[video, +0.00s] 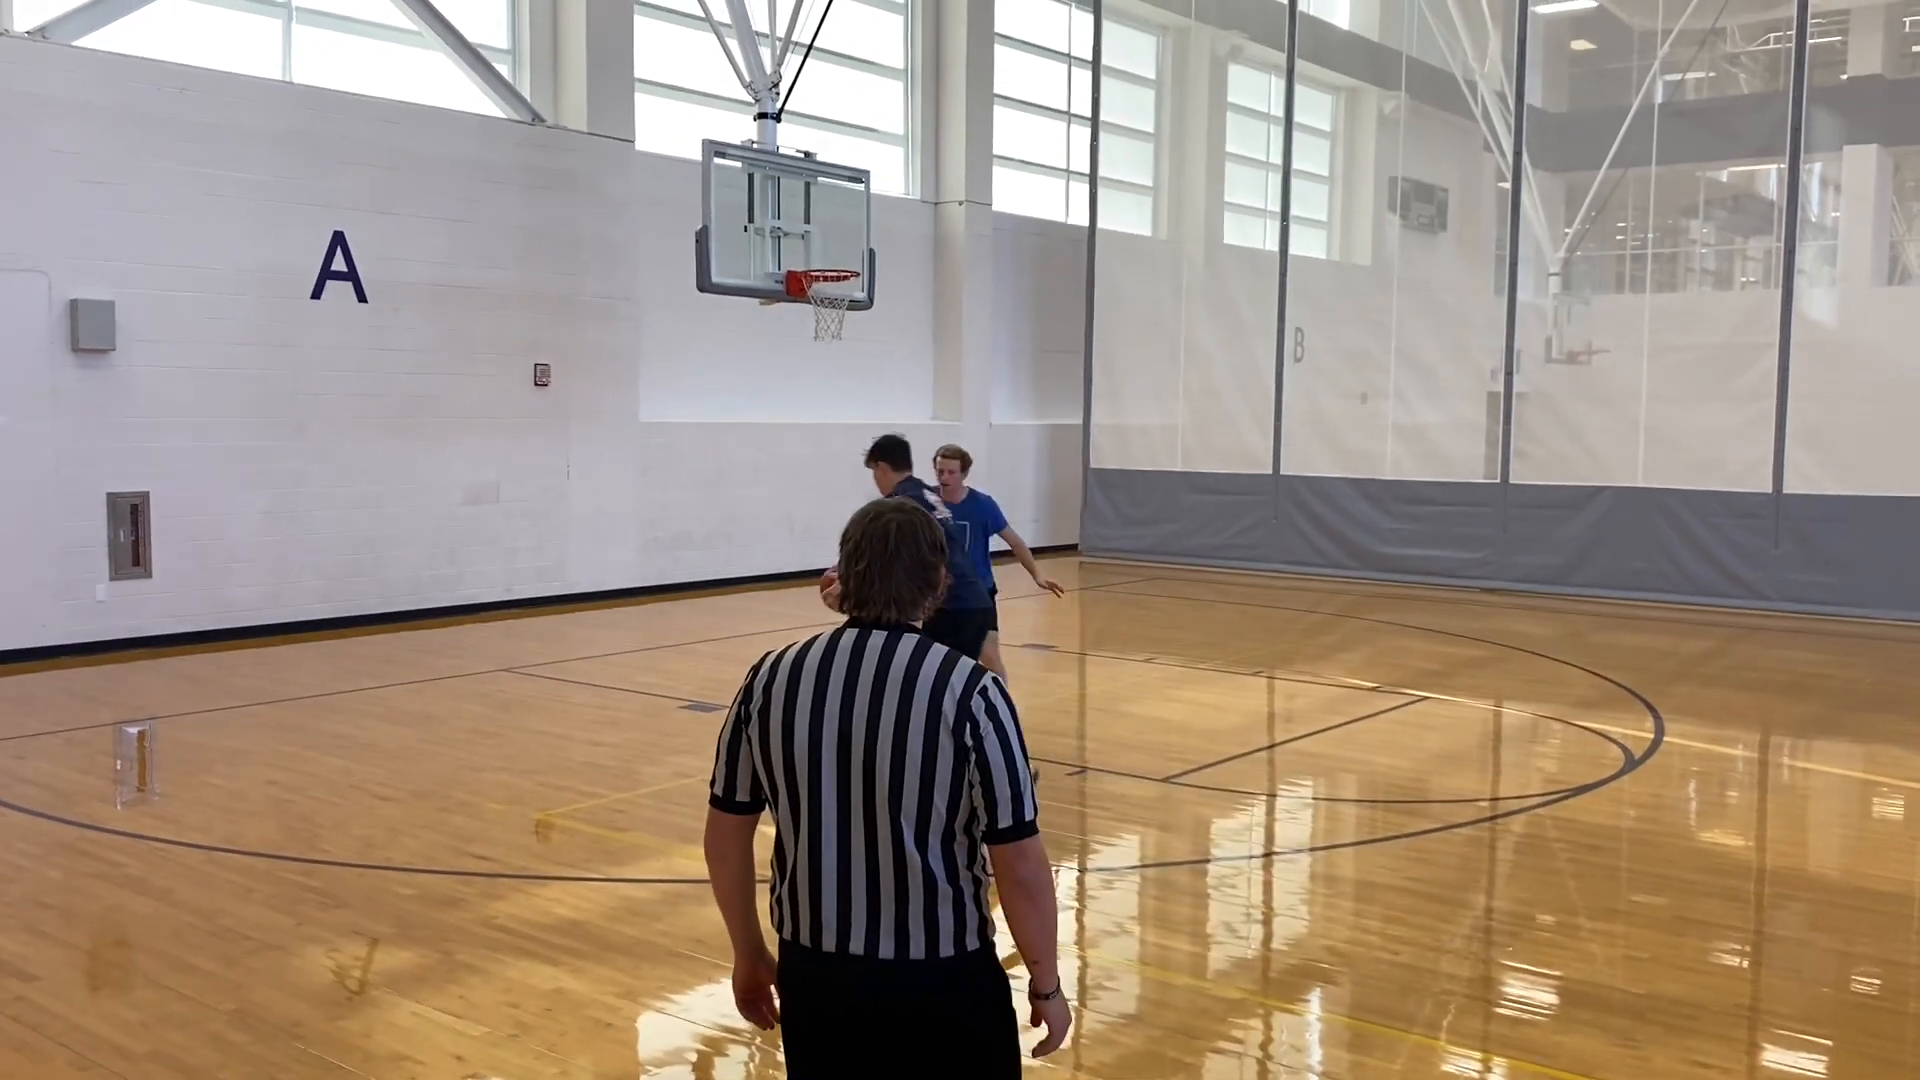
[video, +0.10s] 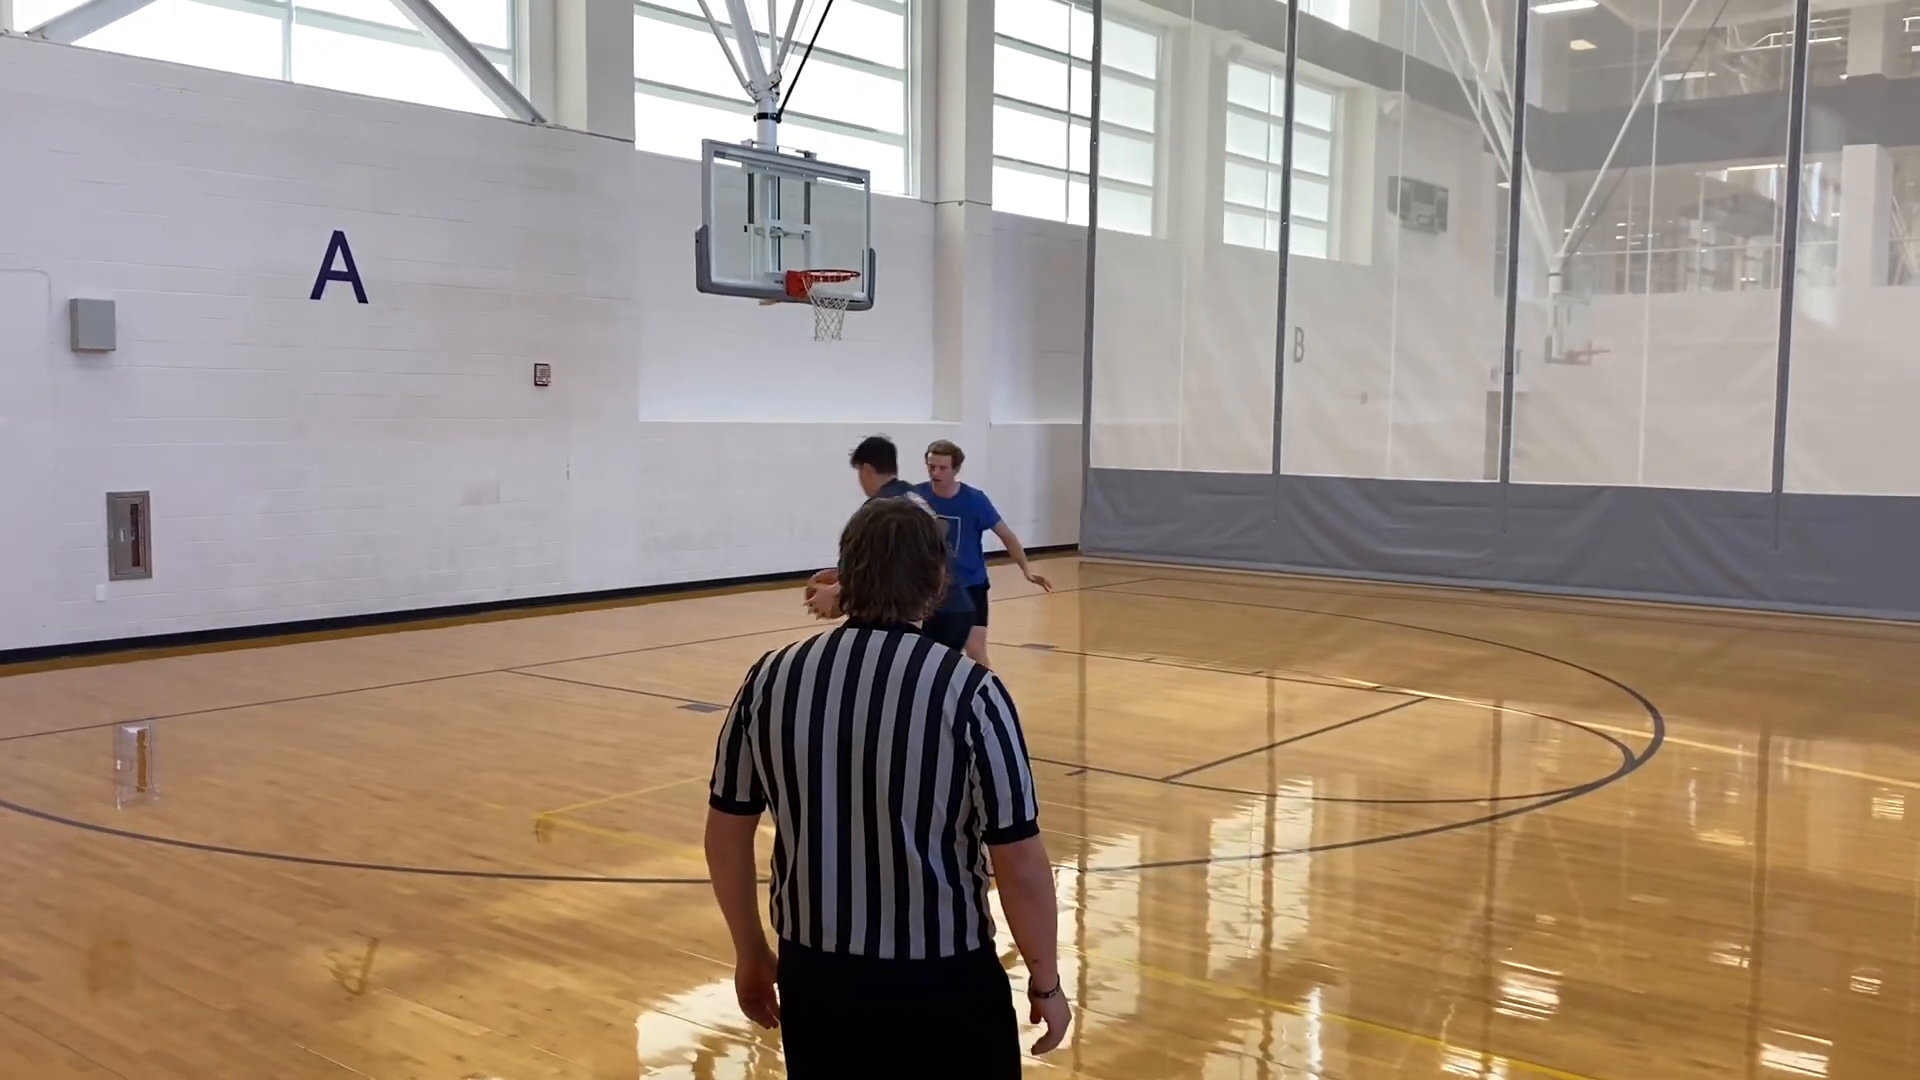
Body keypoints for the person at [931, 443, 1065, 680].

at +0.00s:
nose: (944, 477)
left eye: (950, 472)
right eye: (940, 471)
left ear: (964, 473)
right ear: (935, 470)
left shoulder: (982, 505)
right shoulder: (928, 502)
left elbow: (1014, 542)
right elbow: (915, 549)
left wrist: (1038, 577)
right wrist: (919, 591)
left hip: (979, 596)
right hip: (939, 597)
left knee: (988, 659)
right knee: (939, 661)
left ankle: (1002, 712)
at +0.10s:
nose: (935, 473)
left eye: (942, 468)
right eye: (932, 467)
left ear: (956, 469)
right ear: (926, 466)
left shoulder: (974, 500)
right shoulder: (917, 496)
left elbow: (1006, 536)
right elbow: (904, 542)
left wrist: (1027, 572)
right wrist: (911, 582)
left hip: (970, 588)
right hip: (932, 587)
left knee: (974, 650)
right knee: (935, 653)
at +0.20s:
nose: (927, 470)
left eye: (933, 465)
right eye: (923, 464)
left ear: (948, 466)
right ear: (918, 462)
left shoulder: (966, 497)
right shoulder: (908, 493)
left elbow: (998, 530)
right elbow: (893, 534)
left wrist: (1016, 566)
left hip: (963, 583)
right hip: (926, 582)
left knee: (962, 647)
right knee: (928, 648)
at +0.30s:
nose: (919, 468)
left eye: (926, 463)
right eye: (915, 462)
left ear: (939, 465)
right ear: (910, 461)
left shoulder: (958, 495)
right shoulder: (901, 491)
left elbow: (990, 529)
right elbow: (887, 531)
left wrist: (1006, 562)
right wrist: (888, 568)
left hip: (955, 578)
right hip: (916, 575)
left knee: (950, 644)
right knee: (915, 640)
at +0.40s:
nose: (911, 467)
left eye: (917, 461)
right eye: (907, 460)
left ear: (931, 462)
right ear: (902, 460)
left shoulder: (950, 493)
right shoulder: (895, 491)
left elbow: (982, 527)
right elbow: (882, 531)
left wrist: (996, 559)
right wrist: (883, 568)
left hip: (947, 576)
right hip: (907, 572)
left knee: (938, 642)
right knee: (897, 634)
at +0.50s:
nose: (901, 469)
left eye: (907, 464)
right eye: (898, 463)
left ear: (922, 466)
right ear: (893, 463)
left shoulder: (943, 496)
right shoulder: (886, 494)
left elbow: (974, 529)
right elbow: (870, 531)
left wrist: (983, 560)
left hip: (938, 578)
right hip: (898, 573)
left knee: (928, 637)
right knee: (894, 632)